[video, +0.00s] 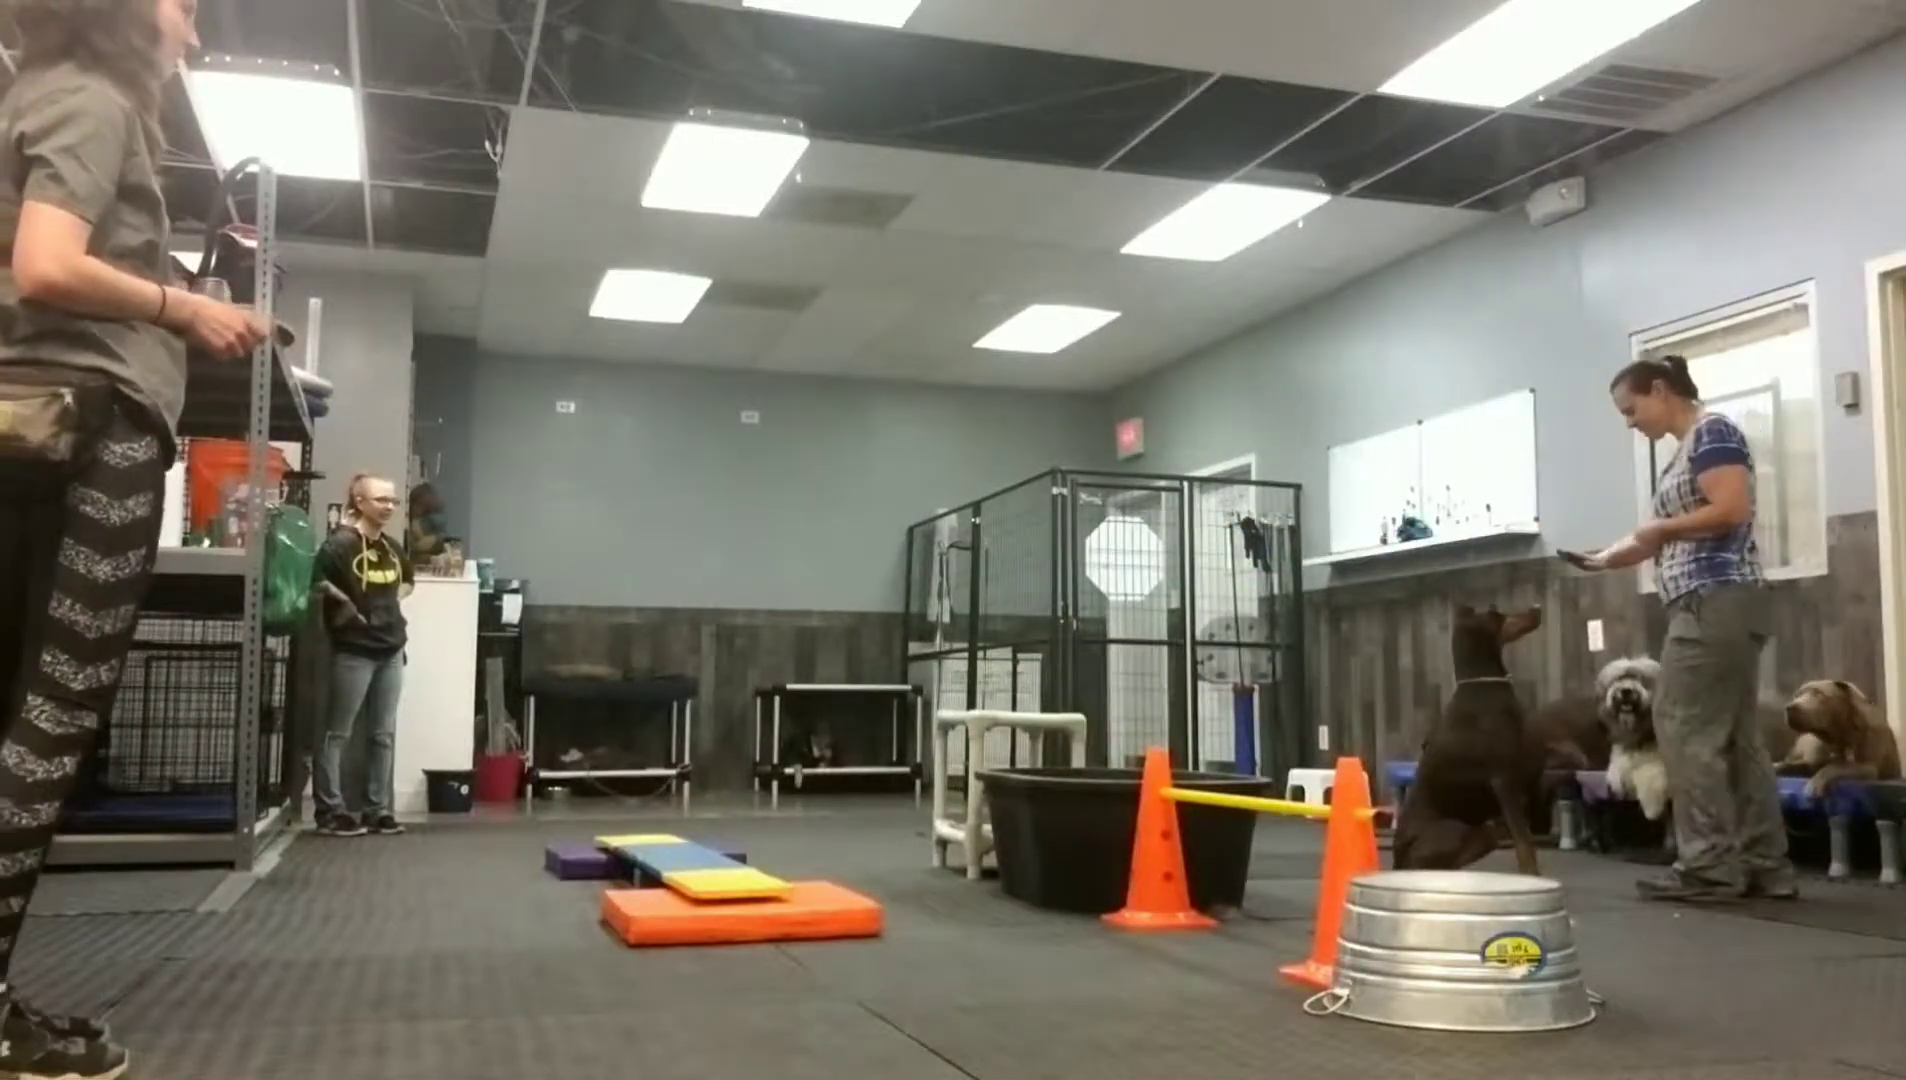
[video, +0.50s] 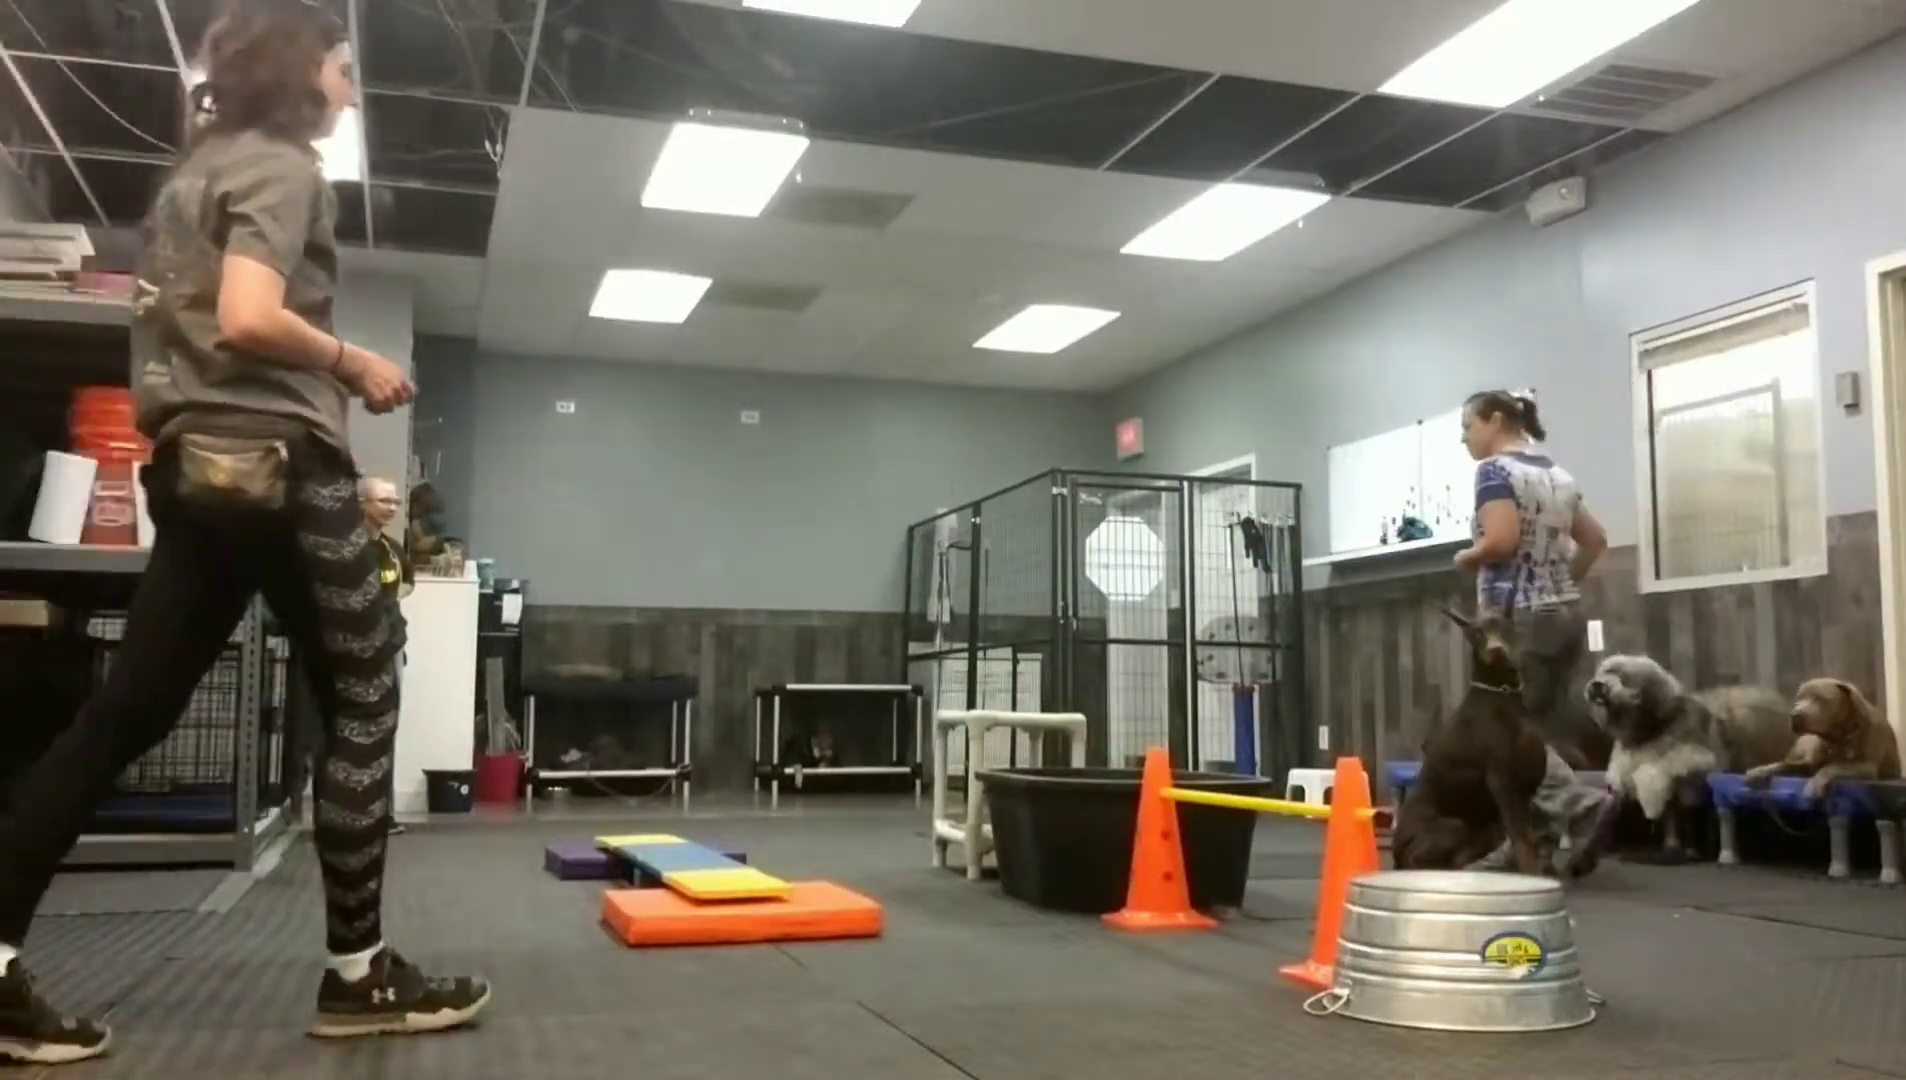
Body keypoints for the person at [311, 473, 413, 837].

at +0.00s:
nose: (390, 507)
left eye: (392, 501)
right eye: (382, 500)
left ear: (392, 505)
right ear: (360, 502)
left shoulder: (389, 545)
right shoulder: (338, 547)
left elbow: (407, 581)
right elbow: (317, 591)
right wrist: (349, 614)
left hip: (390, 650)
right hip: (354, 651)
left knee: (383, 735)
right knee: (338, 734)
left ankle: (377, 811)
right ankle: (330, 811)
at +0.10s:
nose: (390, 507)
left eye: (393, 501)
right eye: (382, 500)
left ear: (393, 506)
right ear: (360, 503)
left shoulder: (390, 546)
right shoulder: (340, 544)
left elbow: (407, 582)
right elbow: (315, 582)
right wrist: (344, 606)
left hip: (390, 649)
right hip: (353, 650)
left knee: (382, 735)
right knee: (338, 734)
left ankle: (377, 811)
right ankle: (330, 811)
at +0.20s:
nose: (390, 507)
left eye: (393, 501)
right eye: (382, 500)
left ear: (393, 506)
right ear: (360, 503)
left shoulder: (390, 546)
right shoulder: (340, 544)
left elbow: (407, 583)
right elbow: (315, 581)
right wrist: (343, 605)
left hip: (390, 649)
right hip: (353, 649)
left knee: (382, 735)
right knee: (338, 734)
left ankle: (377, 811)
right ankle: (330, 811)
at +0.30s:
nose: (390, 507)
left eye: (393, 501)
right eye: (382, 500)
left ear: (393, 506)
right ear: (360, 503)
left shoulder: (390, 546)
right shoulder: (339, 545)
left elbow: (406, 582)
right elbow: (316, 585)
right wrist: (346, 610)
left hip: (390, 648)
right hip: (353, 649)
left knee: (383, 735)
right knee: (338, 734)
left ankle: (377, 811)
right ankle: (330, 811)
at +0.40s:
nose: (392, 508)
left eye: (394, 502)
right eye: (384, 501)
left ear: (394, 506)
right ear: (361, 503)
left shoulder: (390, 546)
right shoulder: (339, 545)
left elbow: (407, 583)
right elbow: (317, 586)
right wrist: (347, 612)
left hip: (390, 649)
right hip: (353, 650)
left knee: (383, 735)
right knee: (338, 734)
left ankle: (377, 810)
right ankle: (334, 809)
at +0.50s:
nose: (392, 507)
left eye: (395, 502)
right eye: (385, 501)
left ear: (396, 506)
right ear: (365, 504)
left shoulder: (390, 546)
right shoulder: (356, 547)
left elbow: (394, 595)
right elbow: (357, 602)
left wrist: (395, 637)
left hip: (389, 647)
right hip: (364, 651)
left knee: (386, 731)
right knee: (368, 731)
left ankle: (384, 811)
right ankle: (369, 814)